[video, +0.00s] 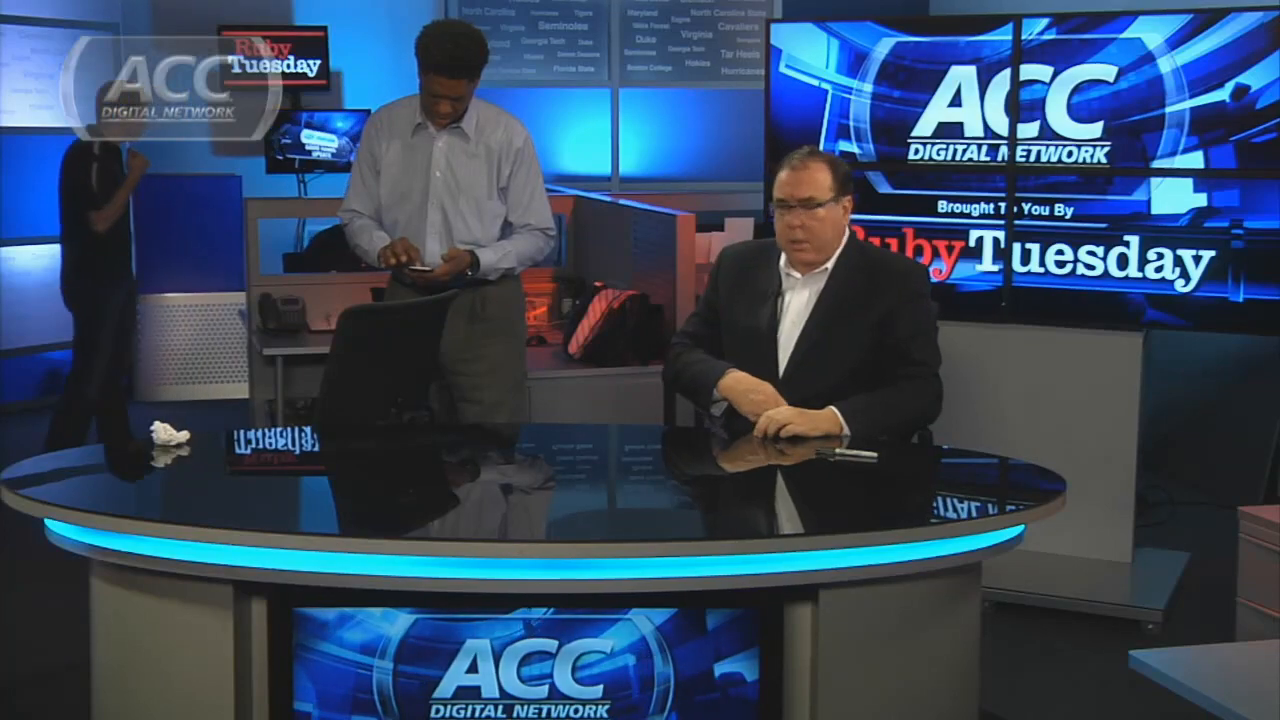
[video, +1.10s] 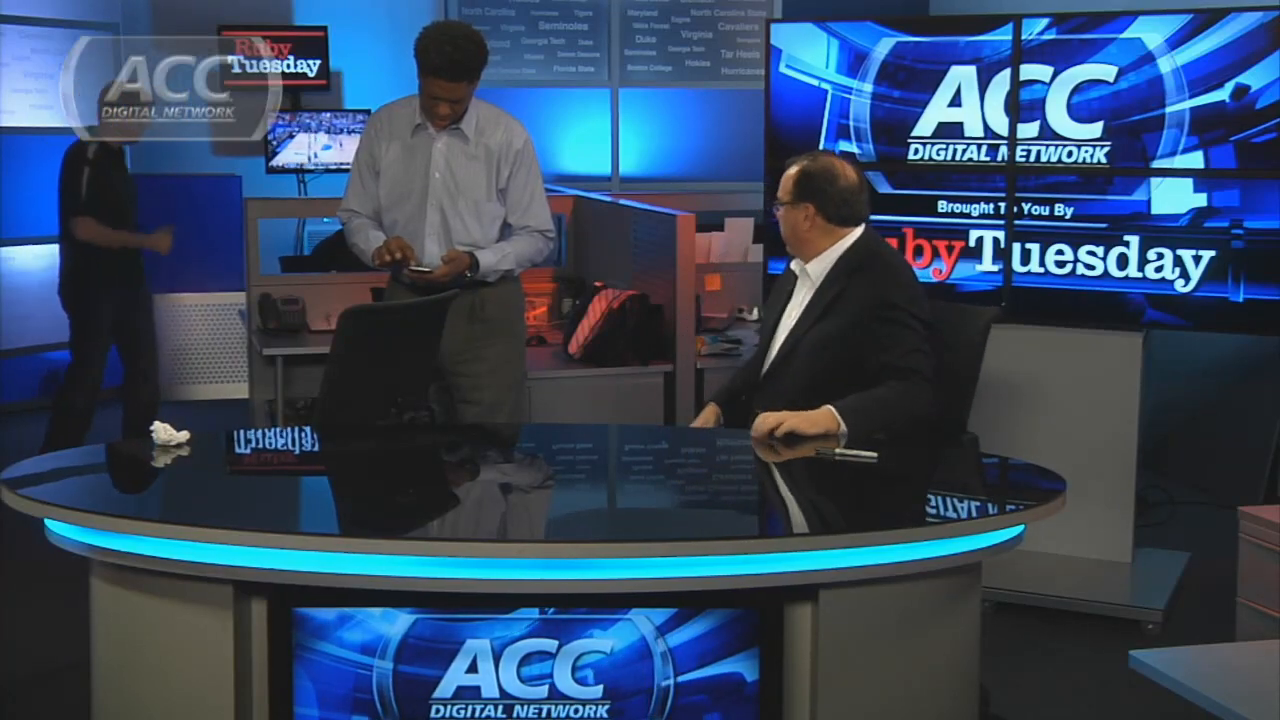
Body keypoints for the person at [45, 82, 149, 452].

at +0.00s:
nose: (140, 120)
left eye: (140, 113)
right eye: (133, 112)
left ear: (110, 112)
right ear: (112, 112)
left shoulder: (109, 155)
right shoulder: (86, 155)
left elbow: (106, 227)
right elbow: (99, 222)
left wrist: (121, 277)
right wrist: (133, 177)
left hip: (113, 279)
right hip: (92, 282)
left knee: (114, 370)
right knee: (93, 371)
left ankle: (123, 457)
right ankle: (59, 461)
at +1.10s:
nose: (143, 123)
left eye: (145, 115)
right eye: (137, 114)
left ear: (121, 116)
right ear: (113, 113)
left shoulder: (115, 157)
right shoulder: (84, 154)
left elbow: (113, 222)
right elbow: (81, 226)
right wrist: (145, 241)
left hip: (124, 281)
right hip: (90, 284)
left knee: (142, 371)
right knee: (87, 374)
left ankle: (138, 457)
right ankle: (55, 463)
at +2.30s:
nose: (184, 120)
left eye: (189, 111)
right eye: (175, 112)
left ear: (196, 114)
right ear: (157, 114)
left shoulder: (200, 157)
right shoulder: (128, 161)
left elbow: (211, 224)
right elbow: (108, 235)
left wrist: (223, 283)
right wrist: (131, 288)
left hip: (202, 289)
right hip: (152, 295)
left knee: (215, 386)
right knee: (162, 391)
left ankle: (217, 464)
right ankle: (168, 475)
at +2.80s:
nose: (250, 132)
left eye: (254, 123)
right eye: (243, 122)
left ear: (258, 121)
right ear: (218, 117)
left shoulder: (247, 164)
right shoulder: (180, 168)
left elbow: (250, 231)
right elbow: (161, 240)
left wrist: (258, 282)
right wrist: (195, 294)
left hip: (245, 300)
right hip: (196, 305)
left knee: (263, 397)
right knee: (190, 403)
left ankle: (261, 474)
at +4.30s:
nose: (484, 144)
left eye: (487, 135)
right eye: (478, 134)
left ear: (455, 131)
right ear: (449, 130)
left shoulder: (458, 178)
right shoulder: (409, 177)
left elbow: (455, 264)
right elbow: (385, 261)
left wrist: (477, 324)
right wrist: (423, 329)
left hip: (460, 321)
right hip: (423, 327)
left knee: (474, 426)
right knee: (416, 429)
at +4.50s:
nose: (526, 141)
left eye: (529, 133)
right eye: (520, 131)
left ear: (497, 128)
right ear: (492, 126)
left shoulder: (498, 176)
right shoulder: (449, 173)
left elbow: (494, 256)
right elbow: (422, 254)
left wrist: (513, 318)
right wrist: (439, 326)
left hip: (504, 324)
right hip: (464, 328)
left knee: (500, 434)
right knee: (460, 434)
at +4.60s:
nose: (544, 140)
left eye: (546, 131)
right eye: (538, 130)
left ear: (518, 127)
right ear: (509, 123)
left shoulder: (516, 178)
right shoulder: (467, 172)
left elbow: (514, 260)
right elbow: (435, 250)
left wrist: (537, 316)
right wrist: (448, 321)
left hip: (518, 320)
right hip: (479, 321)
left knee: (518, 426)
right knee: (484, 428)